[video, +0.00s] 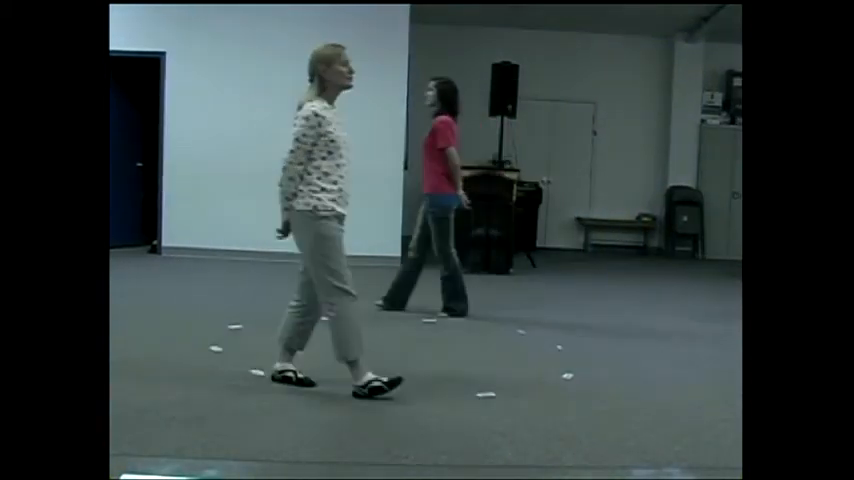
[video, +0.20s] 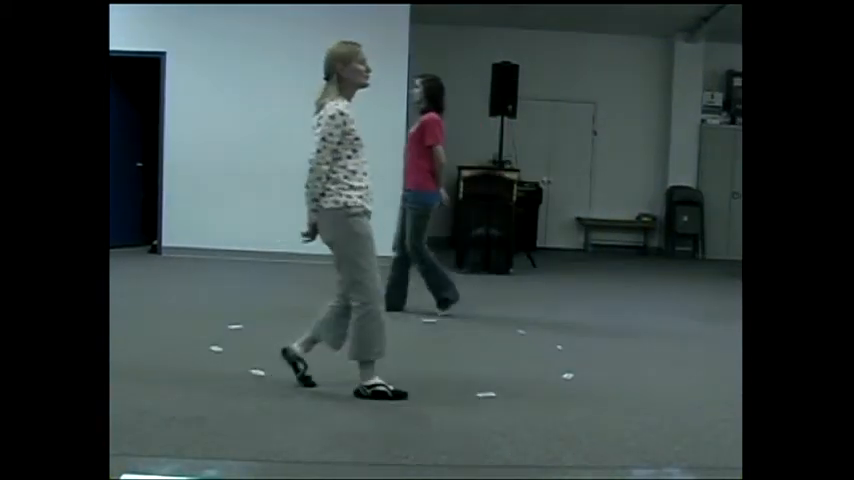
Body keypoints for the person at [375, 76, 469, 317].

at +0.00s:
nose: (426, 94)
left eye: (431, 90)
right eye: (428, 90)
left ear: (442, 96)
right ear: (443, 97)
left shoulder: (442, 123)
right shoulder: (442, 123)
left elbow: (452, 156)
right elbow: (449, 158)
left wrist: (458, 189)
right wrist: (456, 190)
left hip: (440, 194)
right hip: (434, 194)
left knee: (444, 252)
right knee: (416, 250)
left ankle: (456, 306)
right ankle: (395, 299)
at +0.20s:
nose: (412, 91)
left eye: (416, 87)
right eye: (413, 87)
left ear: (428, 92)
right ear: (428, 93)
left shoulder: (431, 121)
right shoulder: (422, 120)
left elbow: (439, 156)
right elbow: (430, 156)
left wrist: (439, 185)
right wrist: (437, 186)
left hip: (422, 191)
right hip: (411, 190)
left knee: (414, 246)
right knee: (401, 247)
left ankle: (446, 294)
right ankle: (394, 299)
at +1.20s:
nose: (392, 96)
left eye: (396, 91)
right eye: (392, 92)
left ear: (408, 95)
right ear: (405, 96)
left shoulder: (412, 122)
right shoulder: (408, 122)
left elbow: (425, 153)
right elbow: (421, 155)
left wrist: (431, 186)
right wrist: (428, 186)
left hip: (413, 193)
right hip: (413, 193)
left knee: (392, 242)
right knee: (413, 244)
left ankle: (418, 298)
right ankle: (426, 300)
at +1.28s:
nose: (387, 94)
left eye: (392, 90)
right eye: (388, 90)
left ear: (403, 93)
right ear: (402, 94)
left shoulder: (408, 120)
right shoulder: (404, 120)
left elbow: (422, 151)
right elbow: (416, 154)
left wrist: (427, 183)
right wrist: (424, 183)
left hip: (409, 190)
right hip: (408, 189)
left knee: (386, 239)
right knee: (412, 244)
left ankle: (398, 298)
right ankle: (425, 301)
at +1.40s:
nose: (385, 97)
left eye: (388, 93)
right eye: (387, 93)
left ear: (394, 96)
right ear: (404, 97)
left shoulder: (400, 119)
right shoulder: (395, 119)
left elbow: (413, 153)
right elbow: (405, 154)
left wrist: (417, 181)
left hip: (400, 191)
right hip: (401, 190)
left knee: (379, 246)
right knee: (409, 248)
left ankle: (361, 297)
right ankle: (424, 301)